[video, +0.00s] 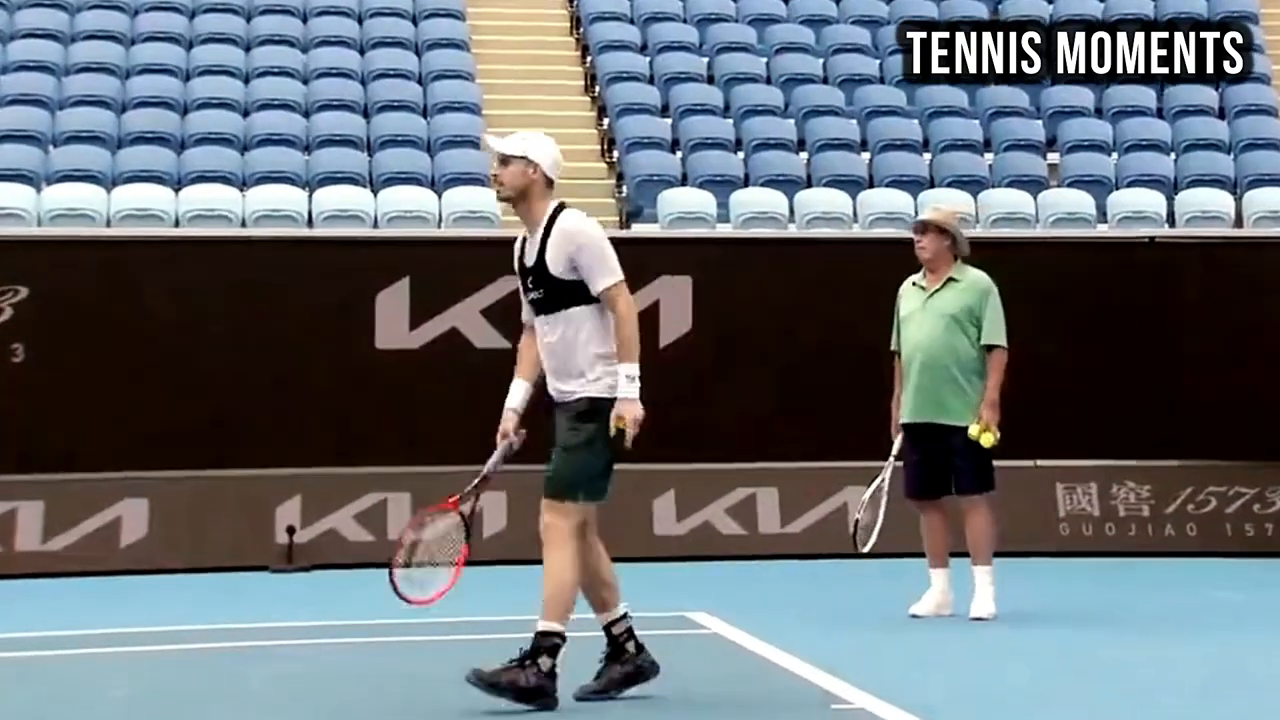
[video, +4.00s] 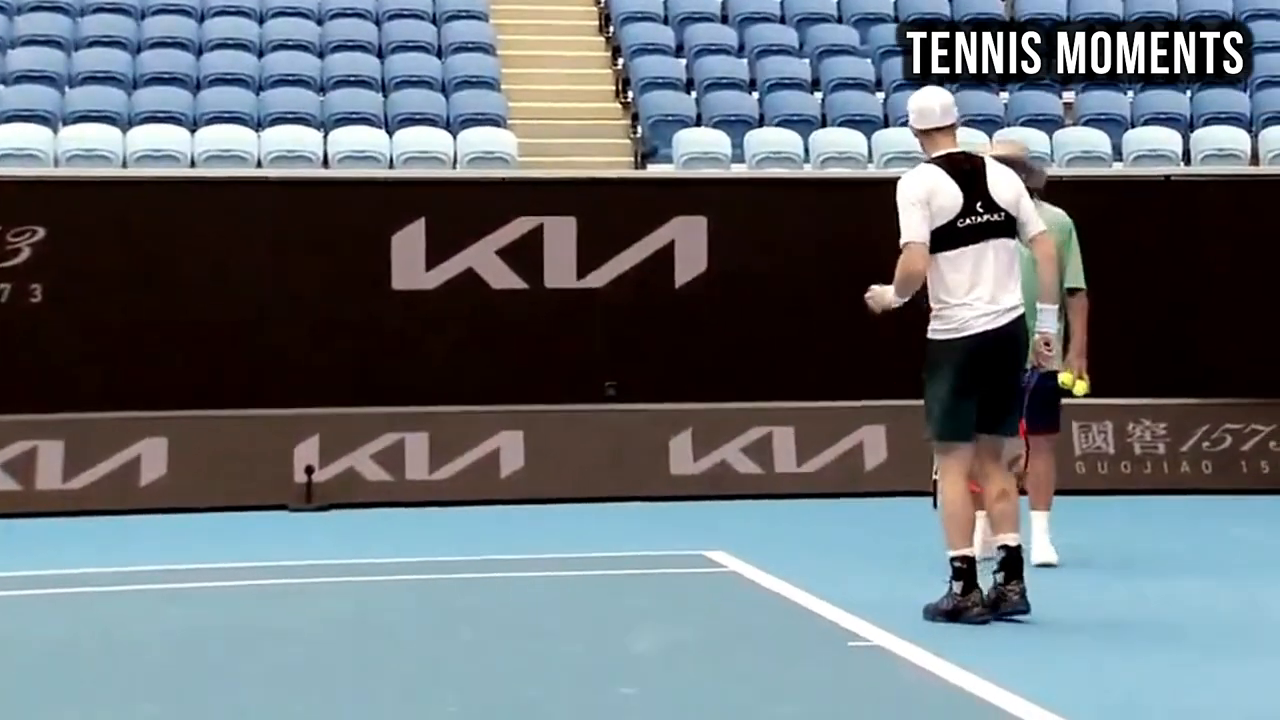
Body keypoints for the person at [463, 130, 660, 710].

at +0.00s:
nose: (494, 173)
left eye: (505, 164)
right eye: (495, 163)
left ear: (537, 173)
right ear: (521, 174)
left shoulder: (578, 232)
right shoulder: (524, 245)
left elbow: (625, 309)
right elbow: (532, 331)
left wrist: (629, 391)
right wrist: (514, 405)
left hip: (596, 399)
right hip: (563, 399)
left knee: (557, 521)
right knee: (579, 527)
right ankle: (627, 650)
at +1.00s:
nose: (510, 134)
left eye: (512, 127)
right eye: (522, 127)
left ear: (514, 132)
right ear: (560, 136)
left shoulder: (484, 189)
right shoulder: (588, 198)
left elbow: (458, 271)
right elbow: (610, 288)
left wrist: (497, 303)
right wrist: (628, 371)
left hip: (505, 372)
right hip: (577, 368)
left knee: (494, 505)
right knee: (599, 497)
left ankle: (495, 639)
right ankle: (621, 630)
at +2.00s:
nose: (820, 164)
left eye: (817, 157)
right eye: (821, 157)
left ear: (773, 153)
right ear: (813, 155)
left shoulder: (733, 208)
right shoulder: (810, 202)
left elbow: (707, 285)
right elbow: (811, 281)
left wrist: (705, 366)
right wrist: (826, 369)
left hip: (738, 357)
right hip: (781, 354)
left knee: (800, 478)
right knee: (775, 487)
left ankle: (816, 614)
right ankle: (696, 598)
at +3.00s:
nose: (935, 168)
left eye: (929, 162)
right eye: (952, 157)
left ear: (930, 165)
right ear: (971, 160)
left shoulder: (918, 210)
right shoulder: (1011, 209)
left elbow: (906, 290)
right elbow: (1050, 286)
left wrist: (905, 352)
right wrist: (1058, 364)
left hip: (939, 374)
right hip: (1000, 369)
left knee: (919, 484)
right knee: (1002, 491)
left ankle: (928, 602)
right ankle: (1015, 619)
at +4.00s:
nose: (923, 138)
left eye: (917, 132)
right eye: (938, 124)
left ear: (916, 131)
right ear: (957, 123)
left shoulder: (916, 182)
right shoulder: (1000, 172)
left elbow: (915, 266)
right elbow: (1045, 246)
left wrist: (892, 297)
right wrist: (1047, 323)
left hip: (955, 341)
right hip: (1009, 334)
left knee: (952, 465)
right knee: (993, 461)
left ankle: (964, 588)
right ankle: (1012, 583)